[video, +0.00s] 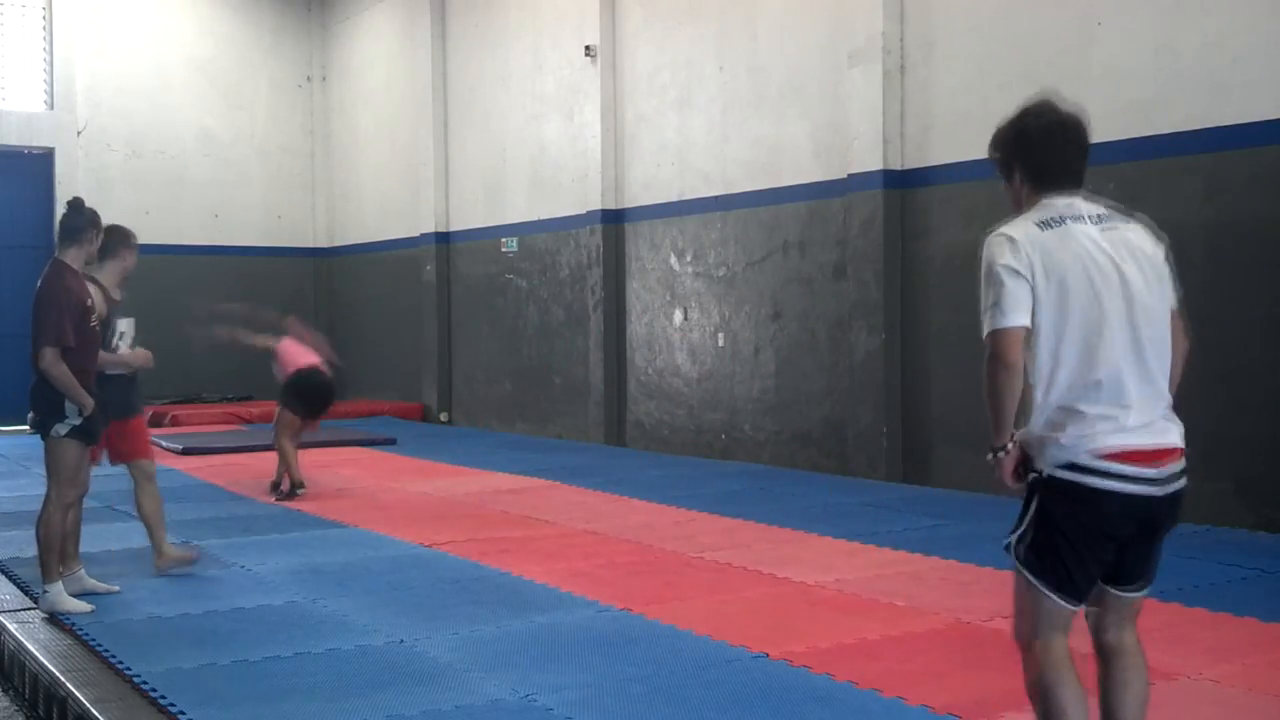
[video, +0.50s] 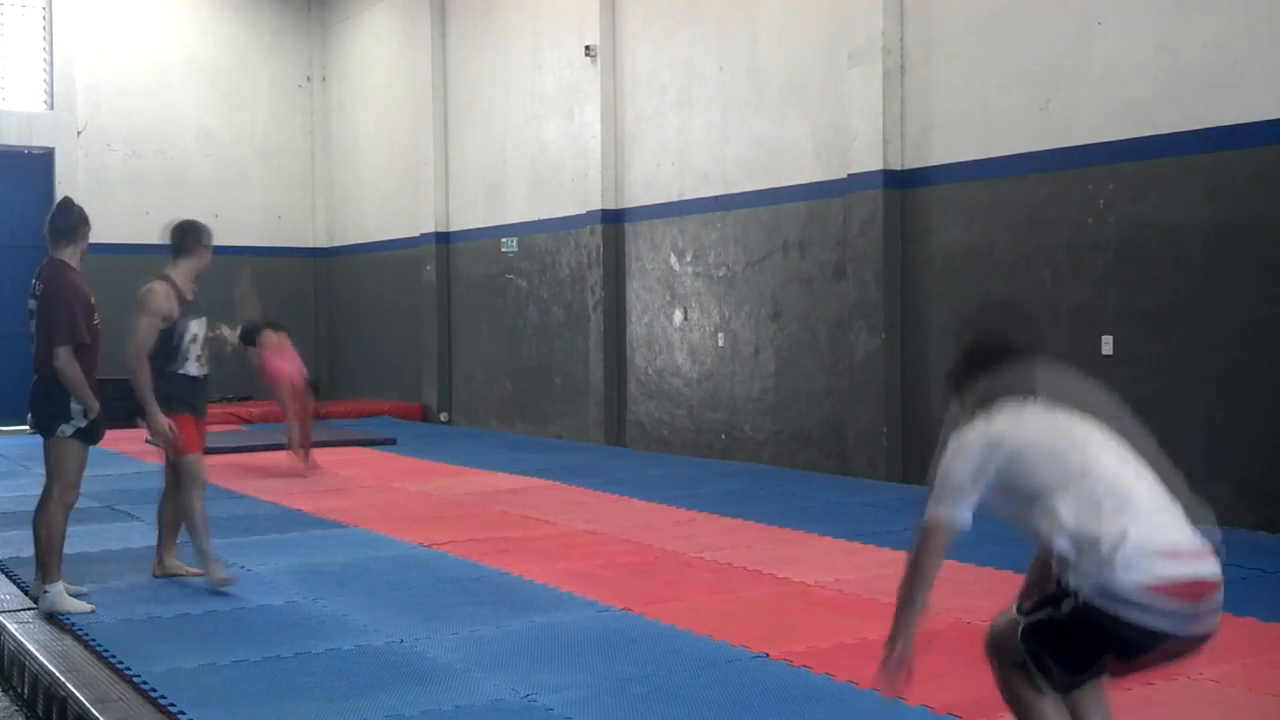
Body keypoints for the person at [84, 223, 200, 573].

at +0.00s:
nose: (134, 262)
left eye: (134, 255)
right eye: (132, 255)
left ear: (114, 255)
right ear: (121, 256)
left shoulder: (113, 293)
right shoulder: (89, 294)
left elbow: (100, 347)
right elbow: (82, 353)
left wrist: (130, 355)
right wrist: (128, 360)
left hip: (122, 394)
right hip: (90, 394)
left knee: (145, 470)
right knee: (76, 480)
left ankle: (163, 550)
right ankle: (64, 558)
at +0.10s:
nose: (150, 260)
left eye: (149, 254)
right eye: (148, 254)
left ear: (129, 254)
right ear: (136, 255)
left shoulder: (134, 296)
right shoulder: (100, 296)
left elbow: (128, 348)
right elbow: (85, 353)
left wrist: (153, 359)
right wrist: (133, 369)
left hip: (139, 407)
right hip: (104, 407)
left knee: (154, 478)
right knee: (86, 483)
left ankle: (164, 557)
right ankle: (62, 554)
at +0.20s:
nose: (167, 257)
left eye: (166, 251)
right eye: (165, 250)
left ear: (140, 250)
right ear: (154, 251)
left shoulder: (148, 292)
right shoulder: (114, 291)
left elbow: (141, 347)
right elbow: (95, 351)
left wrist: (171, 353)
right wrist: (137, 383)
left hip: (155, 401)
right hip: (120, 404)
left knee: (162, 480)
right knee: (121, 484)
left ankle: (164, 557)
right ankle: (76, 543)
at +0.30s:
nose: (181, 256)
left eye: (180, 249)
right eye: (179, 249)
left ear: (155, 249)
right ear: (169, 250)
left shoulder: (162, 291)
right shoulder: (128, 291)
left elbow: (155, 350)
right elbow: (104, 350)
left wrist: (188, 344)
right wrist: (141, 394)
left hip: (166, 395)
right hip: (139, 397)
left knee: (168, 477)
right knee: (157, 477)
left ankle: (165, 557)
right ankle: (116, 531)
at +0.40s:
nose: (196, 255)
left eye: (195, 249)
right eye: (194, 248)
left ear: (168, 247)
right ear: (184, 249)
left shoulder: (175, 289)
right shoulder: (142, 290)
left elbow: (174, 346)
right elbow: (117, 349)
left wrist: (204, 338)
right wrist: (145, 401)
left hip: (180, 396)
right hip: (158, 398)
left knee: (178, 474)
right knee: (178, 472)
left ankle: (166, 555)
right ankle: (164, 557)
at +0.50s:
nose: (211, 257)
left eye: (211, 250)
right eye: (209, 249)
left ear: (182, 248)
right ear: (200, 250)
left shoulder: (187, 292)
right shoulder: (158, 294)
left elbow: (184, 348)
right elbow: (136, 356)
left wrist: (214, 342)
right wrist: (153, 414)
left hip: (193, 399)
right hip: (170, 401)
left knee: (177, 482)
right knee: (194, 477)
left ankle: (165, 556)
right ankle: (210, 563)